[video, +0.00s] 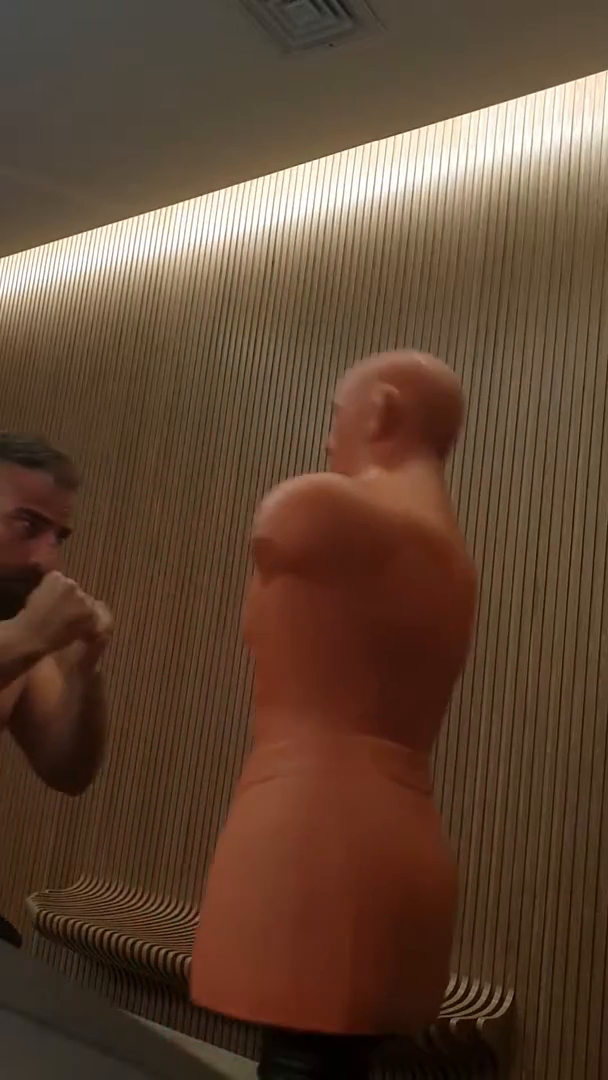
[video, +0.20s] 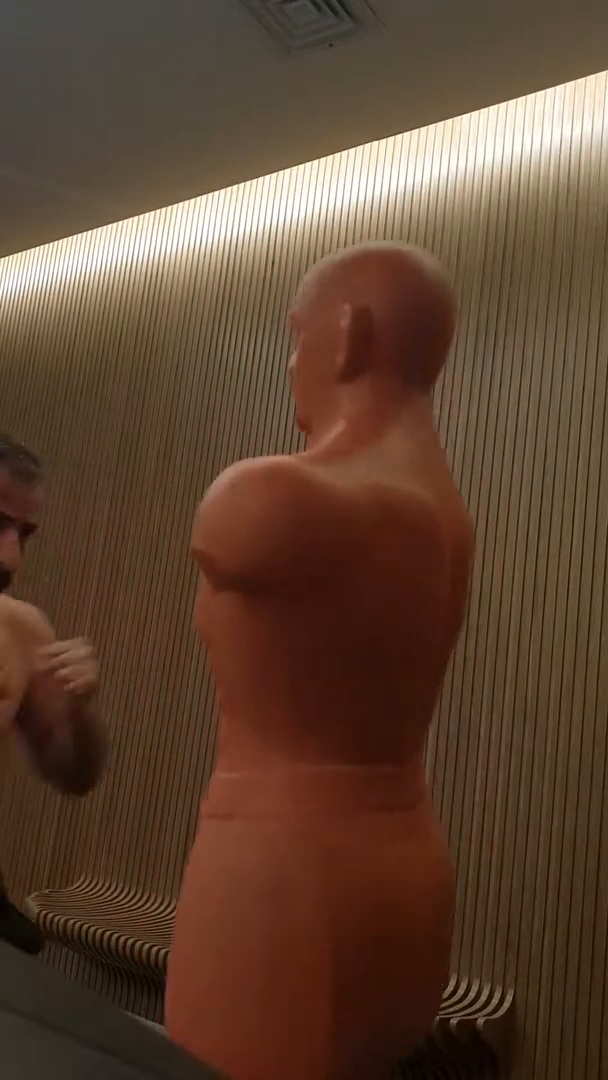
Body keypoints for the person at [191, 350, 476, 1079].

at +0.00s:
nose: (330, 431)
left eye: (338, 412)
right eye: (332, 413)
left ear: (383, 415)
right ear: (442, 435)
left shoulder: (316, 513)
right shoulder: (455, 559)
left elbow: (277, 530)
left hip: (309, 841)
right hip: (405, 831)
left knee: (292, 1062)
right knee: (352, 1062)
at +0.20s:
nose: (291, 364)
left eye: (299, 336)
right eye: (293, 338)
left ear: (350, 340)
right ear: (425, 359)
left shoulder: (265, 501)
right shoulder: (445, 514)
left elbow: (217, 549)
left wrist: (324, 456)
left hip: (277, 888)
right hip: (401, 864)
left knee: (245, 1069)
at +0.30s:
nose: (325, 354)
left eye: (333, 328)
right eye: (327, 329)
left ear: (386, 333)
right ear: (462, 357)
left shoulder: (297, 506)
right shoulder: (470, 513)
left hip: (297, 887)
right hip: (414, 866)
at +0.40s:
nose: (384, 372)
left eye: (397, 346)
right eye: (389, 347)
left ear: (449, 352)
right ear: (511, 373)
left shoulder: (355, 505)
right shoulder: (515, 534)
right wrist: (296, 646)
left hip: (325, 883)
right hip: (438, 869)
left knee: (271, 1065)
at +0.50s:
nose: (429, 392)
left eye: (442, 367)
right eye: (435, 369)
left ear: (495, 375)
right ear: (561, 402)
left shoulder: (402, 503)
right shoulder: (553, 553)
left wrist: (444, 470)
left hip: (349, 877)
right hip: (460, 870)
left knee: (292, 1064)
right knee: (408, 1067)